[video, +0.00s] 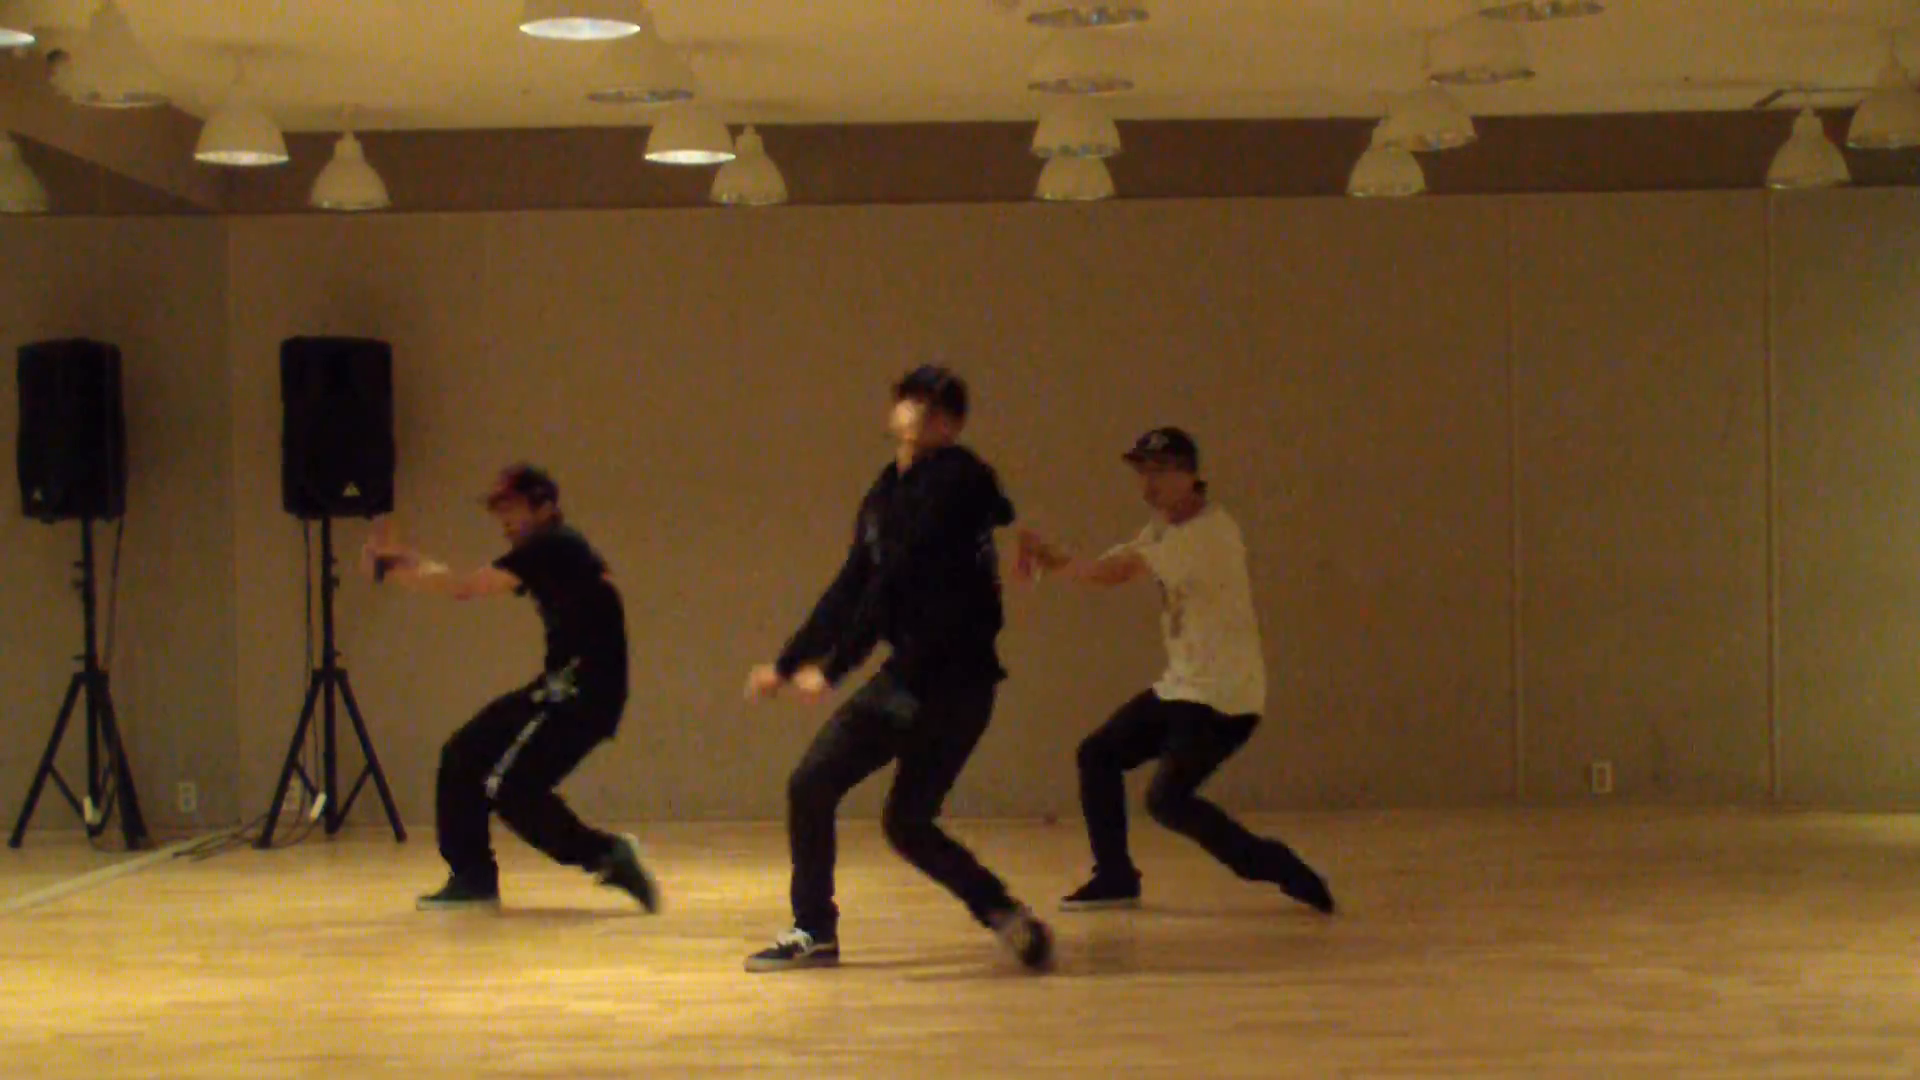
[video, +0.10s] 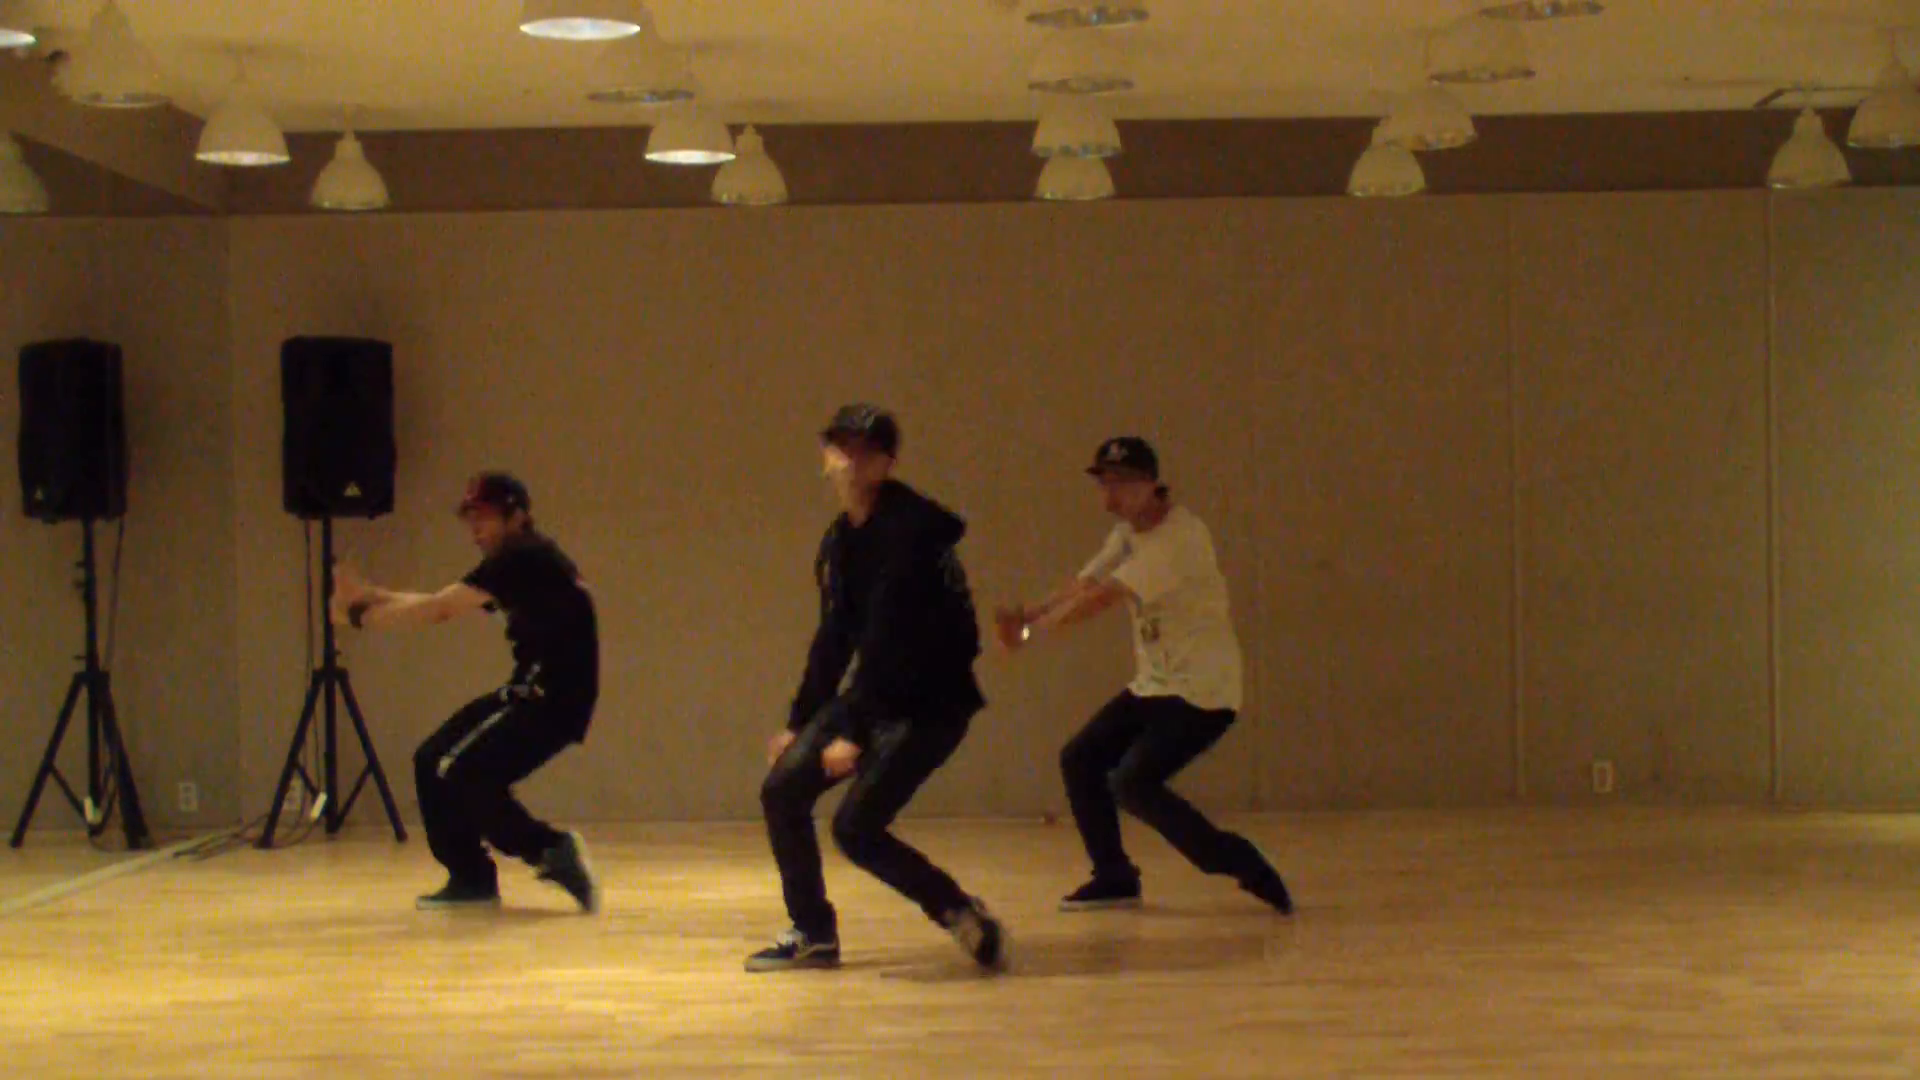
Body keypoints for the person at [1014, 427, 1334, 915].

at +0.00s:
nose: (1148, 484)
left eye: (1159, 472)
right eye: (1143, 473)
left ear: (1189, 476)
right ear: (1141, 476)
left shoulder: (1211, 533)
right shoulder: (1164, 530)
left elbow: (1123, 571)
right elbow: (1112, 565)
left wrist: (1056, 564)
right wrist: (1053, 558)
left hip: (1226, 700)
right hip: (1179, 689)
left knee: (1166, 799)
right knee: (1097, 756)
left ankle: (1279, 866)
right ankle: (1113, 873)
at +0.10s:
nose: (1108, 497)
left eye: (1119, 485)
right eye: (1104, 486)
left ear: (1150, 485)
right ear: (1103, 486)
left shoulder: (1182, 538)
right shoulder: (1128, 532)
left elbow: (1105, 596)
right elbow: (1083, 585)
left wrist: (1035, 629)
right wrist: (1028, 613)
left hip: (1203, 696)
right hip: (1153, 687)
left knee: (1132, 785)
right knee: (1081, 761)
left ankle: (1244, 865)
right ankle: (1113, 874)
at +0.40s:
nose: (1079, 460)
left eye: (1089, 448)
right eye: (1072, 450)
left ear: (1117, 450)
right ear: (1066, 454)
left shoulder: (1160, 504)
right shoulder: (1070, 512)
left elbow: (1195, 584)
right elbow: (1042, 591)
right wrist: (1008, 650)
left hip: (1170, 653)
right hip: (1106, 664)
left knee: (1124, 709)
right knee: (1070, 763)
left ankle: (1165, 769)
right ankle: (1111, 870)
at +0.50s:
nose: (1096, 420)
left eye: (1106, 409)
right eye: (1086, 411)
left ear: (1130, 411)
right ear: (1077, 417)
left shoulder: (1170, 465)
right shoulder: (1069, 477)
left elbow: (1204, 477)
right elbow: (1010, 508)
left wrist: (1219, 469)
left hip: (1174, 625)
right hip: (1109, 638)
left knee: (1143, 699)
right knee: (1089, 749)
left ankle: (1174, 811)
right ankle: (1115, 870)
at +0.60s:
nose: (1115, 392)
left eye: (1126, 381)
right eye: (1104, 382)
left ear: (1145, 389)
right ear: (1090, 391)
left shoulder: (1174, 440)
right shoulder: (1076, 455)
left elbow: (1202, 377)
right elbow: (1005, 411)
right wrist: (979, 339)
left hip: (1177, 616)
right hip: (1115, 624)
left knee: (1169, 732)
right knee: (1104, 745)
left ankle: (1190, 865)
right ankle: (1147, 853)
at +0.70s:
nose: (1132, 404)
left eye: (1142, 394)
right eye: (1122, 395)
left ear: (1158, 401)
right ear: (1105, 403)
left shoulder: (1179, 450)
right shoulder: (1095, 459)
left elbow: (1177, 365)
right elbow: (1072, 383)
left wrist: (1137, 302)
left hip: (1178, 622)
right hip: (1116, 625)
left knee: (1183, 752)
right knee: (1125, 758)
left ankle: (1205, 885)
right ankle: (1165, 864)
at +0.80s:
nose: (1139, 410)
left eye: (1151, 400)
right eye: (1127, 401)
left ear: (1167, 412)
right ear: (1111, 413)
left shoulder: (1193, 467)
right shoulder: (1095, 471)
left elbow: (1230, 388)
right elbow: (1040, 408)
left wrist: (1199, 309)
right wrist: (1074, 338)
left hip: (1186, 635)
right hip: (1121, 639)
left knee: (1187, 761)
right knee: (1133, 770)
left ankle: (1205, 887)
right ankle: (1166, 866)